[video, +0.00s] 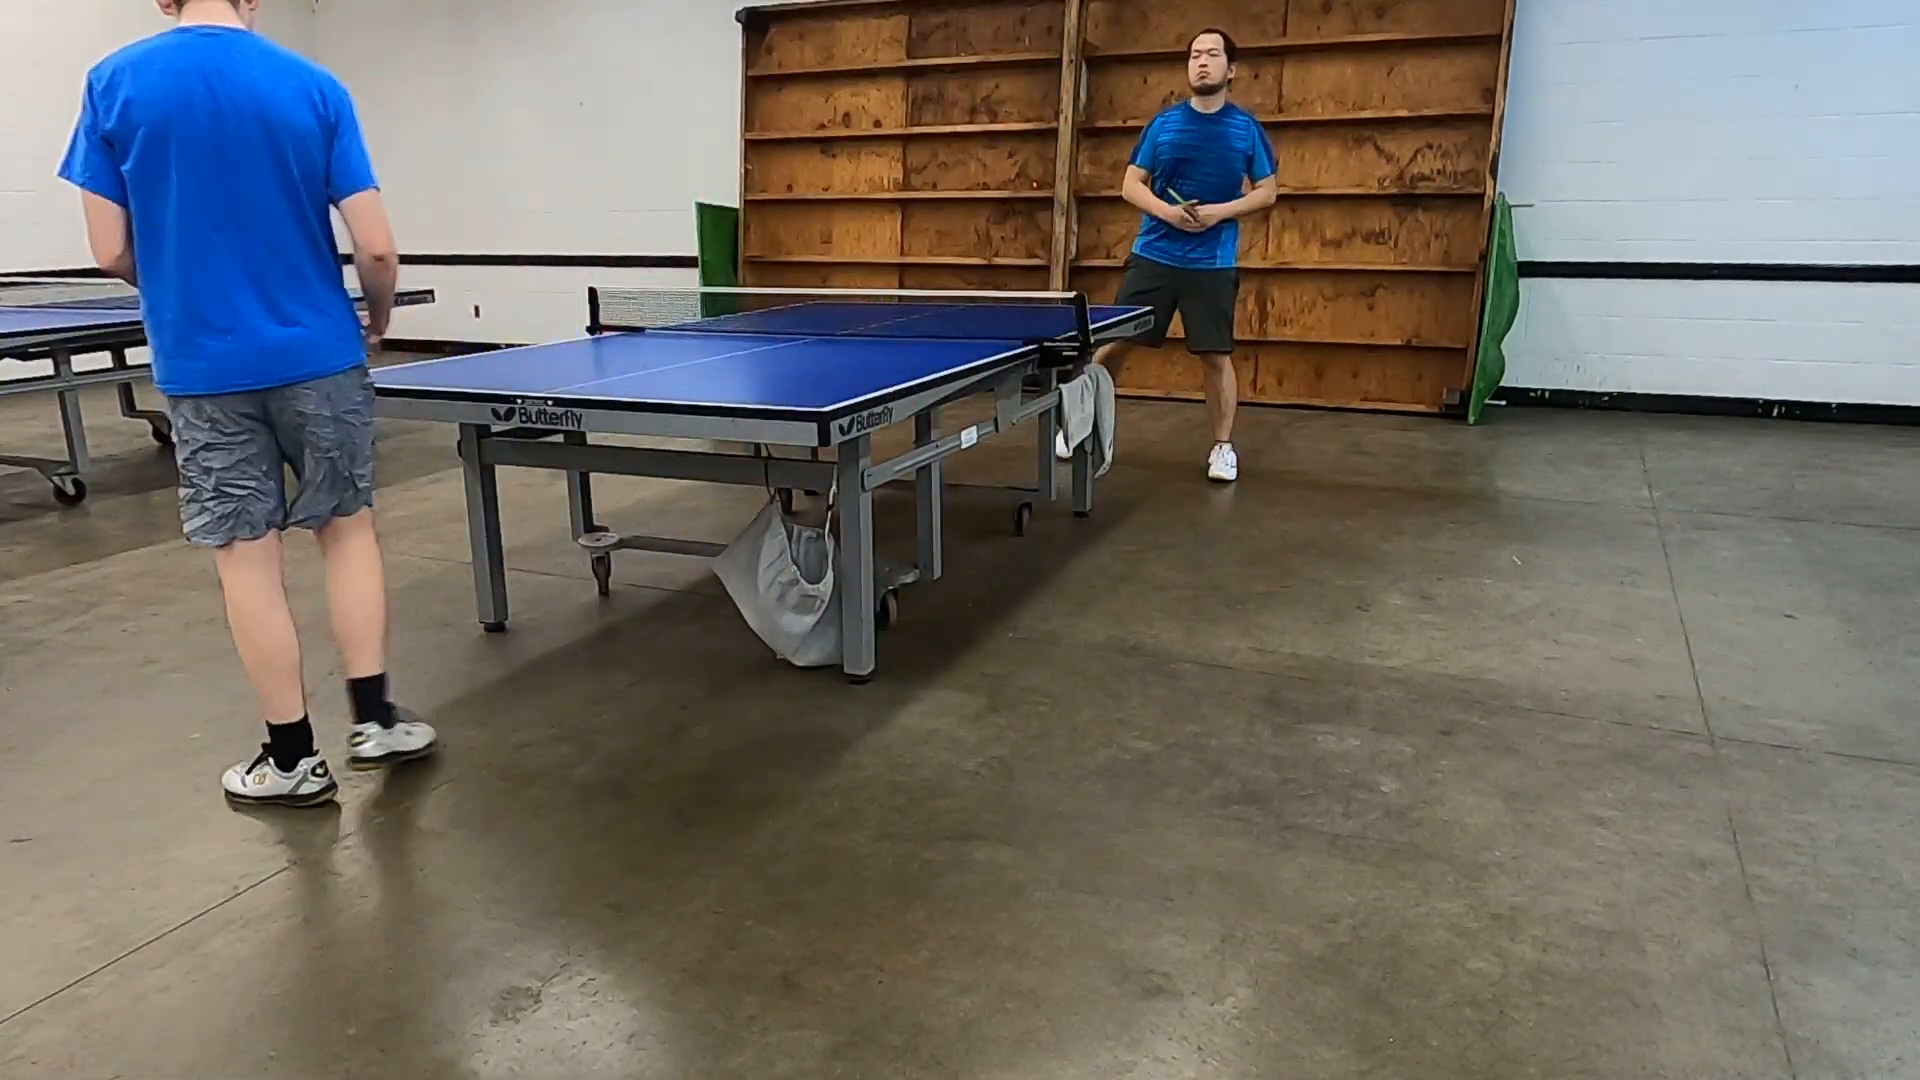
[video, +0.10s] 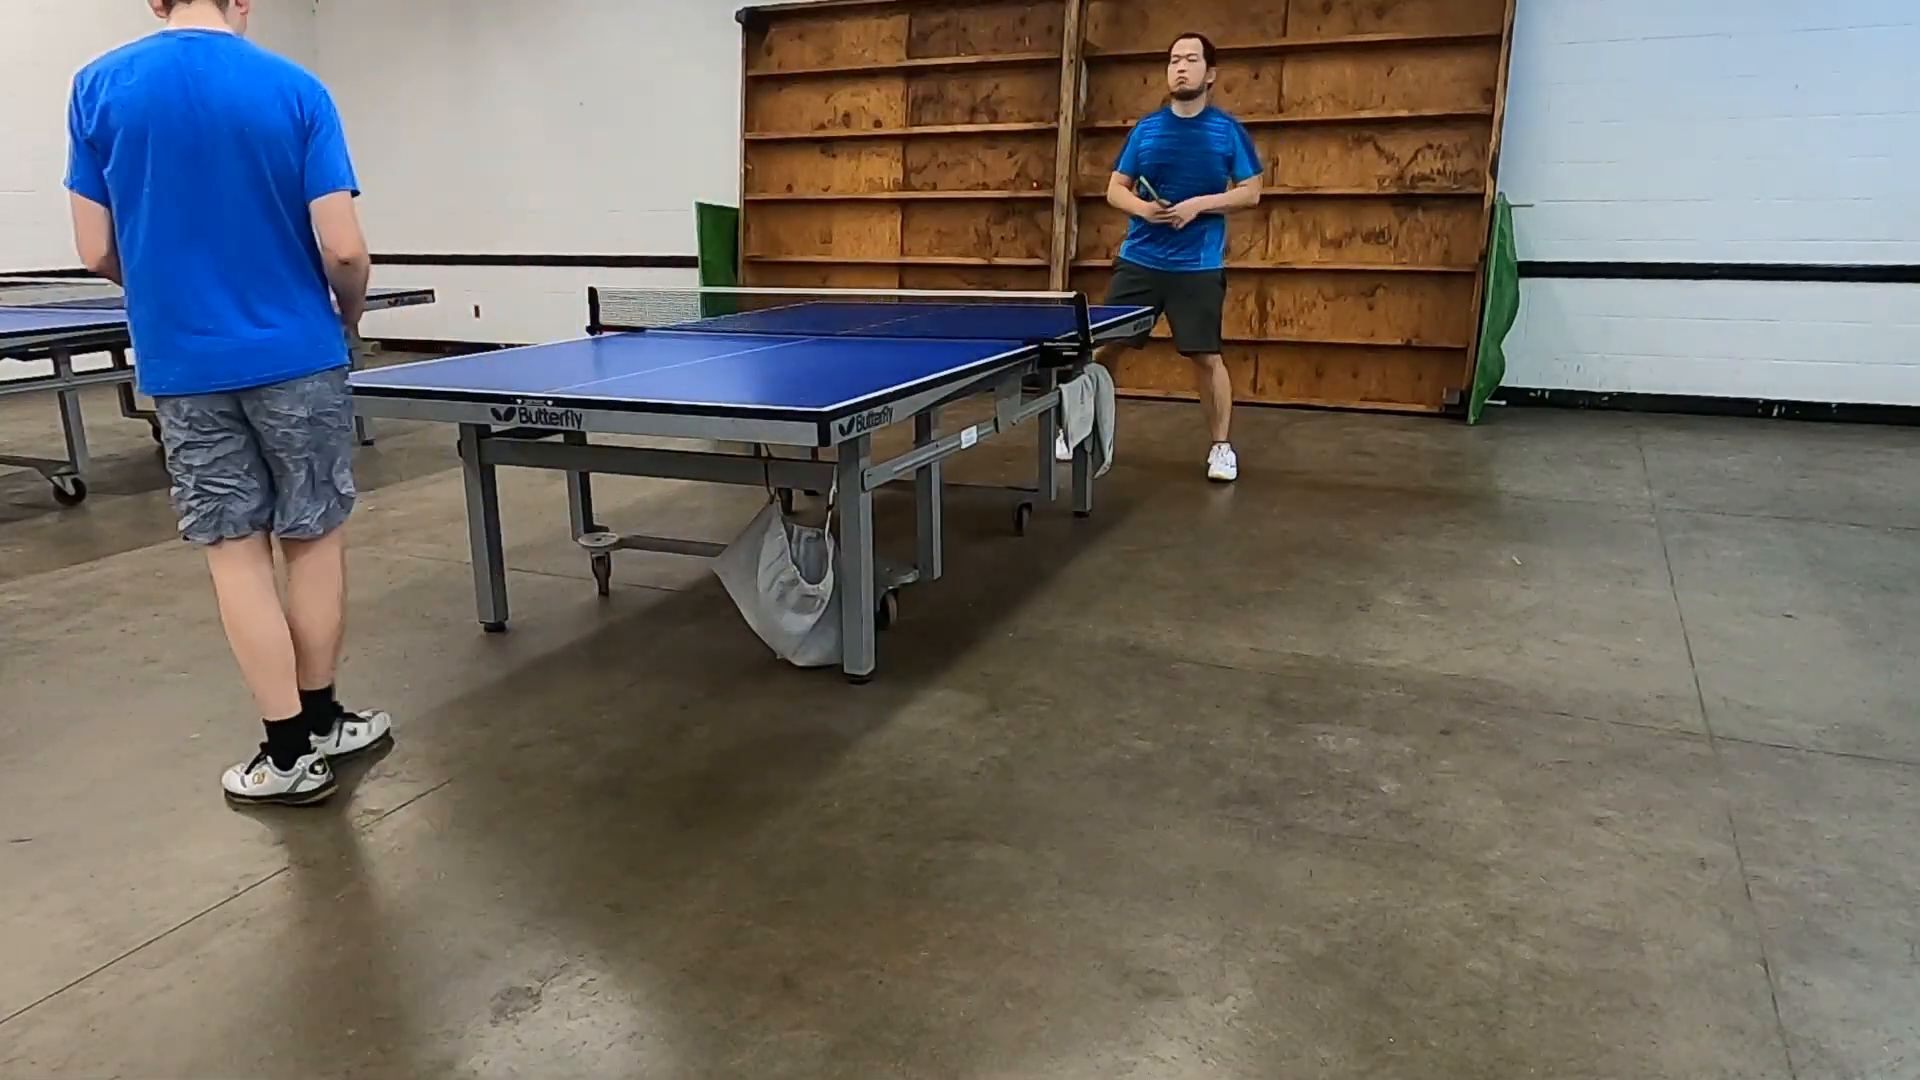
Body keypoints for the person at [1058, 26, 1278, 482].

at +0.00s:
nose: (1201, 62)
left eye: (1212, 55)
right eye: (1195, 56)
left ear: (1231, 68)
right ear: (1187, 68)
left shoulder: (1247, 128)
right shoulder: (1165, 122)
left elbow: (1267, 193)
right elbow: (1130, 185)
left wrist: (1219, 211)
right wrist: (1168, 212)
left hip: (1213, 264)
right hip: (1154, 257)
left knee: (1217, 357)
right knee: (1116, 343)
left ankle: (1222, 446)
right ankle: (1076, 418)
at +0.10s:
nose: (1180, 66)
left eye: (1190, 60)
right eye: (1174, 61)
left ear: (1210, 73)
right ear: (1166, 73)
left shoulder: (1227, 129)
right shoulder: (1146, 129)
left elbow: (1252, 192)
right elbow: (1115, 189)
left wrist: (1199, 203)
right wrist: (1141, 206)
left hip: (1198, 268)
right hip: (1140, 263)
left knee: (1207, 358)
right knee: (1100, 348)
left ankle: (1221, 446)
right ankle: (1079, 427)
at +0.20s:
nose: (1155, 74)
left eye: (1166, 67)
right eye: (1150, 67)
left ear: (1186, 79)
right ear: (1143, 78)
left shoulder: (1205, 135)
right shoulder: (1127, 135)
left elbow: (1226, 196)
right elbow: (1099, 192)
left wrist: (1173, 195)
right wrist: (1110, 221)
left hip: (1182, 272)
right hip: (1124, 268)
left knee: (1196, 357)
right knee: (1092, 350)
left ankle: (1219, 445)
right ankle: (1083, 431)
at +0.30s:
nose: (1128, 80)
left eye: (1140, 73)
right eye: (1124, 73)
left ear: (1162, 85)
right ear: (1118, 83)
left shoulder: (1182, 135)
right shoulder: (1107, 142)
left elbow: (1199, 199)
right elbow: (1088, 198)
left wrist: (1146, 184)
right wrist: (1073, 242)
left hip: (1168, 273)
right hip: (1111, 269)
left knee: (1187, 358)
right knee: (1083, 352)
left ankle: (1215, 445)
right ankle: (1080, 432)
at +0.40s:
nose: (1107, 86)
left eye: (1117, 78)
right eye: (1102, 79)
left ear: (1140, 84)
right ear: (1098, 88)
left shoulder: (1167, 133)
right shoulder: (1097, 143)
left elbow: (1177, 198)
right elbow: (1080, 202)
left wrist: (1128, 169)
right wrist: (1057, 246)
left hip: (1160, 272)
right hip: (1106, 270)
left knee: (1178, 355)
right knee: (1076, 351)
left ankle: (1207, 441)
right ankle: (1080, 431)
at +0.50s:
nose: (1089, 98)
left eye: (1098, 90)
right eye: (1084, 91)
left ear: (1123, 92)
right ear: (1081, 96)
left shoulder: (1154, 133)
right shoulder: (1091, 144)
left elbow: (1164, 197)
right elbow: (1078, 201)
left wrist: (1115, 158)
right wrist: (1049, 246)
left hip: (1160, 269)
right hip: (1108, 267)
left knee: (1173, 351)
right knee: (1081, 349)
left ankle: (1198, 441)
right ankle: (1080, 432)